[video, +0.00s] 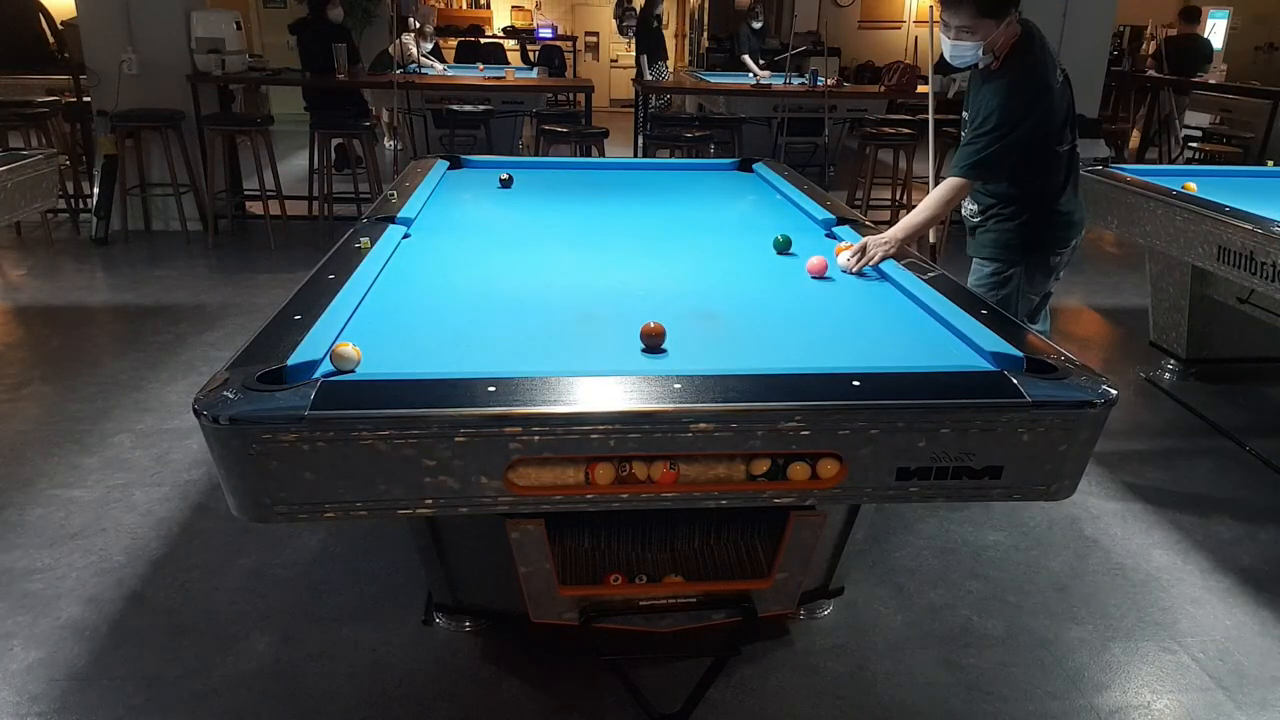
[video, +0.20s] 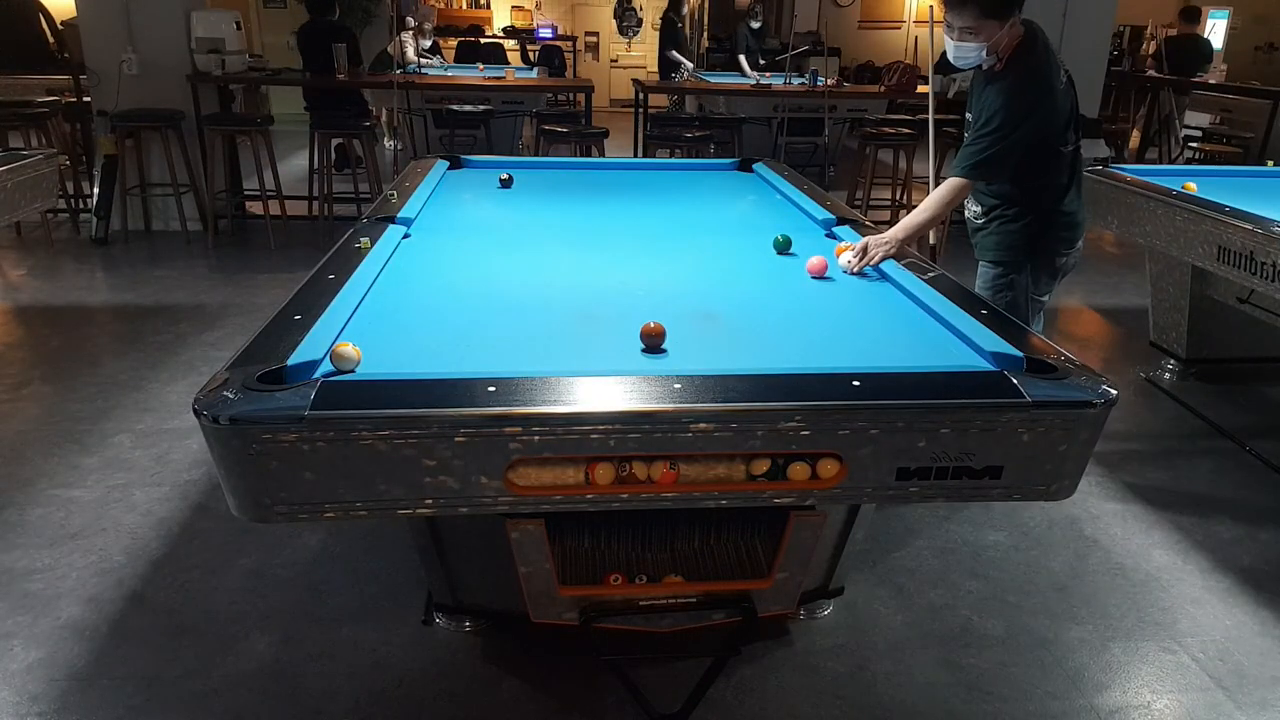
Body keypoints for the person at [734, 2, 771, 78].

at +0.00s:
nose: (757, 24)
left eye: (760, 22)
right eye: (755, 22)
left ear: (763, 19)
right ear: (749, 19)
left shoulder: (762, 28)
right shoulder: (743, 30)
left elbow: (757, 46)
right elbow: (744, 56)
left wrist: (759, 59)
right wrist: (759, 72)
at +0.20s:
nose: (757, 24)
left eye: (759, 22)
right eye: (754, 22)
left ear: (762, 19)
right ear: (749, 19)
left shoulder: (760, 28)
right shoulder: (742, 29)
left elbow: (756, 46)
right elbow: (740, 54)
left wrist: (760, 59)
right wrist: (749, 72)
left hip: (754, 66)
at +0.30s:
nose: (755, 25)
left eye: (758, 23)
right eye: (752, 22)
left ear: (761, 20)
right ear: (748, 19)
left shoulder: (761, 28)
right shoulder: (741, 30)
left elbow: (757, 46)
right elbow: (738, 55)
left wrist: (759, 60)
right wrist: (747, 73)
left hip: (753, 66)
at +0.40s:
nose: (755, 25)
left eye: (758, 23)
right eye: (753, 23)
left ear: (761, 20)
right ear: (747, 19)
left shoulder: (761, 28)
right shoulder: (741, 30)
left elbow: (757, 46)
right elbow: (738, 56)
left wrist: (759, 59)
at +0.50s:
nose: (757, 25)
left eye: (759, 22)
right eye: (754, 22)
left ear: (763, 19)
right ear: (749, 18)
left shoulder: (761, 27)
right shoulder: (742, 29)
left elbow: (757, 46)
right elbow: (741, 55)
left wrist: (759, 60)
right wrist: (757, 70)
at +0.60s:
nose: (753, 14)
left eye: (756, 12)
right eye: (751, 11)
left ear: (760, 14)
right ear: (746, 12)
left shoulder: (759, 28)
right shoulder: (741, 27)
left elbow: (760, 47)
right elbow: (743, 52)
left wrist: (761, 62)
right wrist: (758, 70)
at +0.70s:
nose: (749, 14)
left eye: (753, 11)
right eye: (747, 11)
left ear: (758, 14)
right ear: (744, 12)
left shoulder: (760, 30)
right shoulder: (739, 29)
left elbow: (765, 48)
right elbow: (741, 52)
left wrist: (771, 65)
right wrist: (755, 69)